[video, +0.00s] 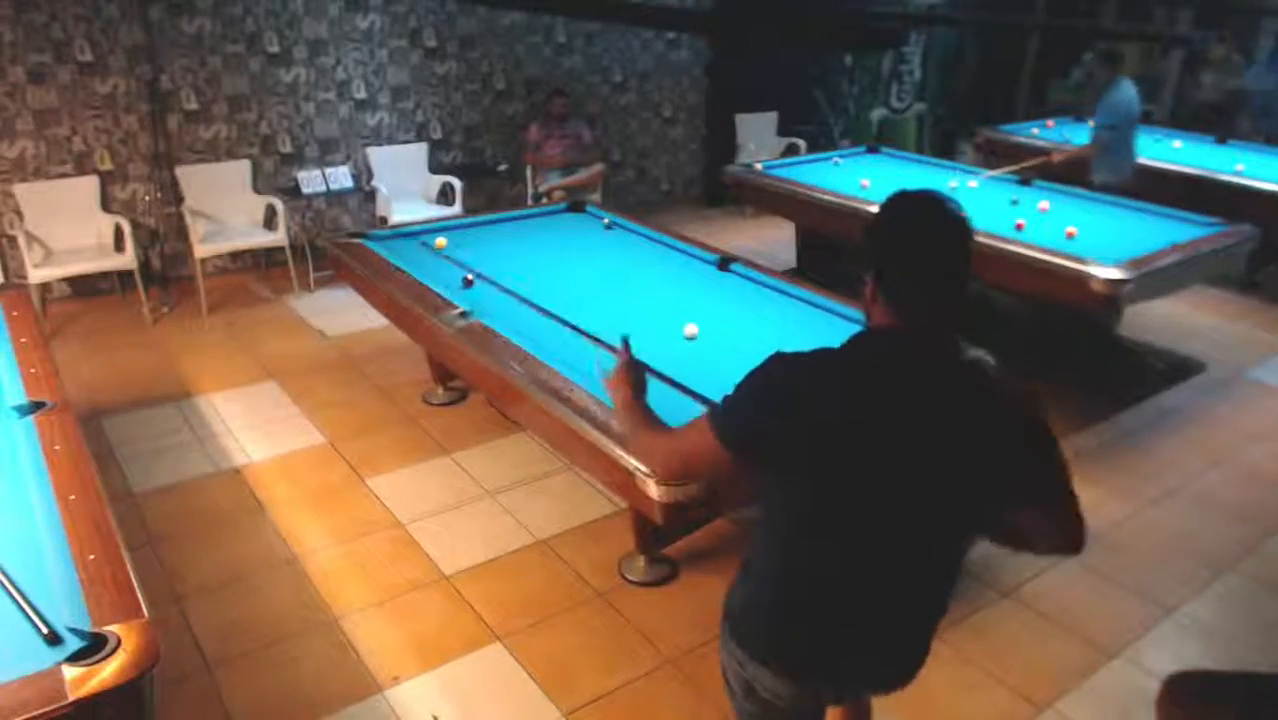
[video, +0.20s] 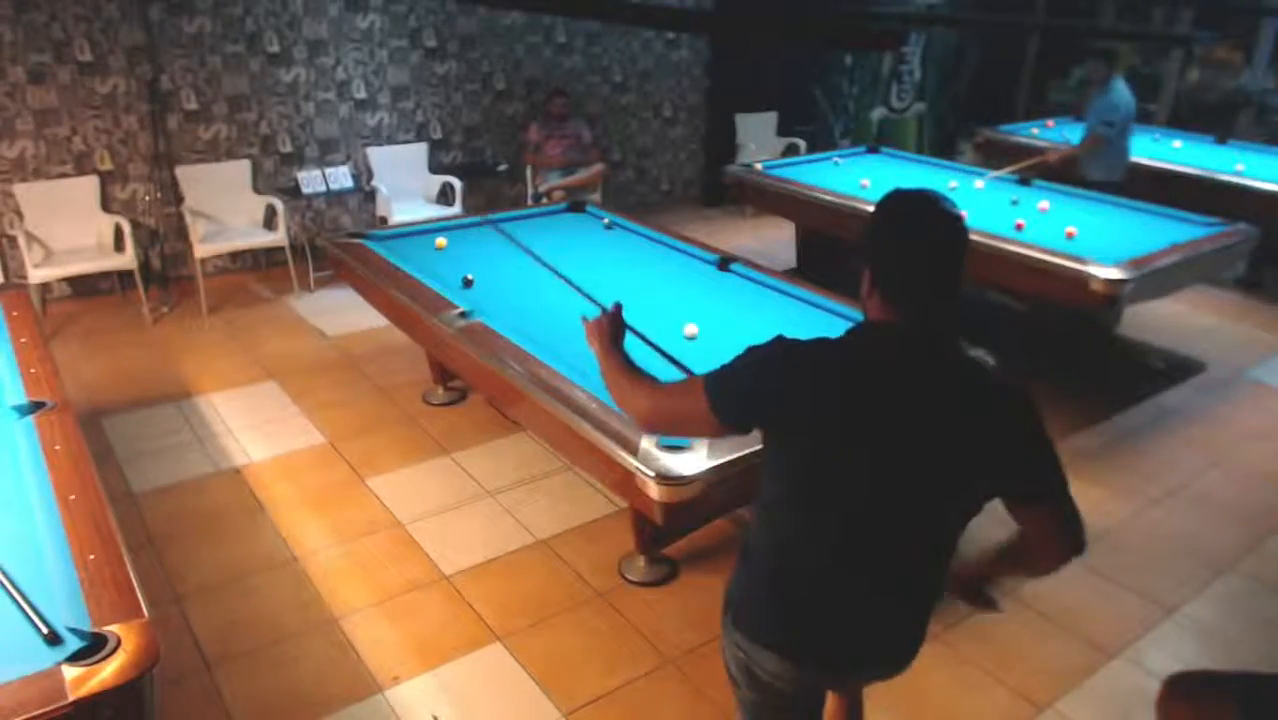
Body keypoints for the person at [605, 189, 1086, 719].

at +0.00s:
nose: (866, 286)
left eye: (866, 275)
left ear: (870, 287)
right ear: (959, 293)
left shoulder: (797, 382)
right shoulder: (996, 406)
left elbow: (666, 460)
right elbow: (1062, 532)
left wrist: (626, 400)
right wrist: (960, 504)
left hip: (776, 646)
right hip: (892, 653)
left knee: (770, 706)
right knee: (853, 688)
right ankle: (855, 707)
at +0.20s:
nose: (861, 277)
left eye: (864, 265)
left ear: (868, 279)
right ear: (955, 286)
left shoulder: (794, 369)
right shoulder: (993, 403)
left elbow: (652, 410)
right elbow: (1054, 540)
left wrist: (604, 348)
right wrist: (981, 573)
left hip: (774, 632)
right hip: (889, 639)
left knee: (777, 707)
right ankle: (848, 703)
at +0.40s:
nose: (861, 277)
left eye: (862, 265)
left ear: (865, 279)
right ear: (951, 285)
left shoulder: (797, 357)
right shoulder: (986, 399)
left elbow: (656, 381)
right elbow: (1071, 526)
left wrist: (613, 310)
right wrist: (1068, 593)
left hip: (771, 613)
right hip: (879, 623)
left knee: (763, 702)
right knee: (845, 671)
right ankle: (839, 703)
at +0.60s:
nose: (867, 263)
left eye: (869, 251)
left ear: (872, 264)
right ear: (954, 272)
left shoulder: (807, 345)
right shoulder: (980, 375)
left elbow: (678, 381)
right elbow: (1079, 504)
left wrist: (637, 328)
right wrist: (975, 497)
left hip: (780, 591)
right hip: (885, 594)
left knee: (771, 706)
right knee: (845, 662)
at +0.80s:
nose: (866, 252)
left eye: (870, 243)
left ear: (874, 253)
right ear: (951, 258)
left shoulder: (811, 328)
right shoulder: (988, 356)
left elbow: (684, 356)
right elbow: (1084, 503)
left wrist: (644, 297)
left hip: (782, 558)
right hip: (885, 574)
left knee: (746, 661)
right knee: (846, 670)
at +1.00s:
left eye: (863, 245)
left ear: (861, 253)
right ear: (939, 259)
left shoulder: (801, 321)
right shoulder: (967, 357)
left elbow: (682, 341)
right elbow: (1080, 483)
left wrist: (658, 289)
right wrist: (1103, 589)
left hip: (770, 537)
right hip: (871, 561)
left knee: (716, 608)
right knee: (836, 654)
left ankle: (717, 711)